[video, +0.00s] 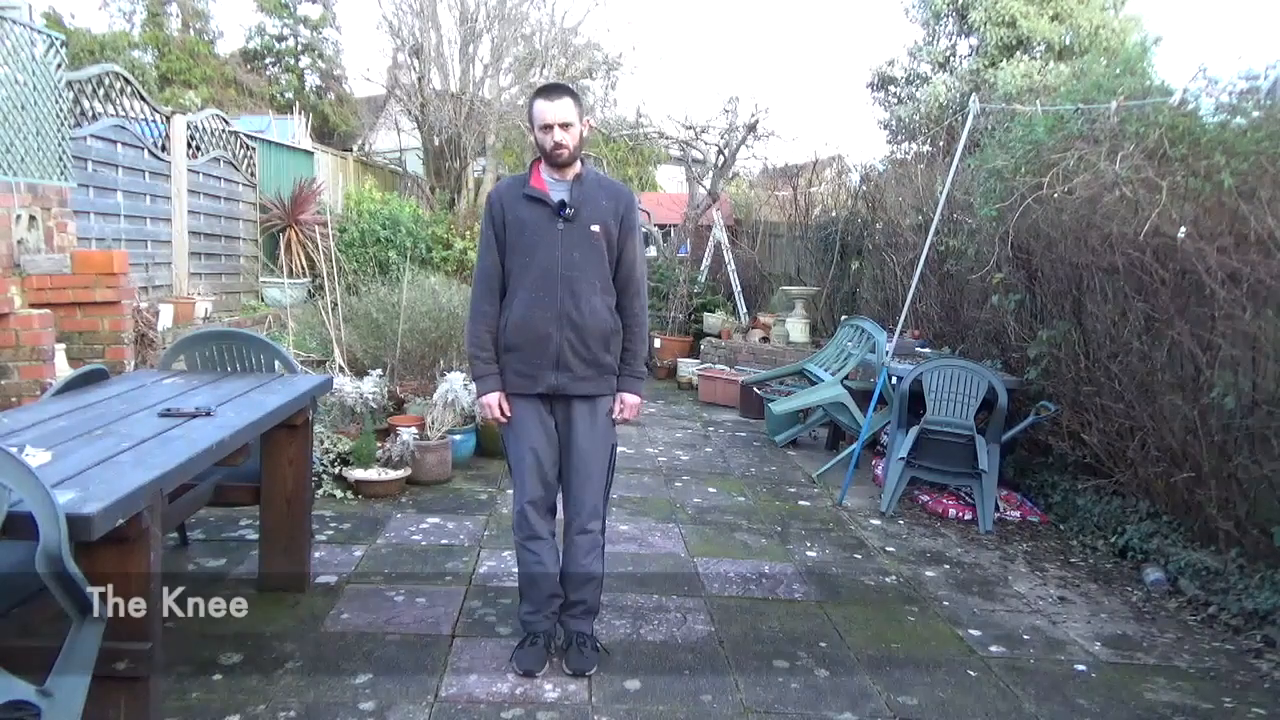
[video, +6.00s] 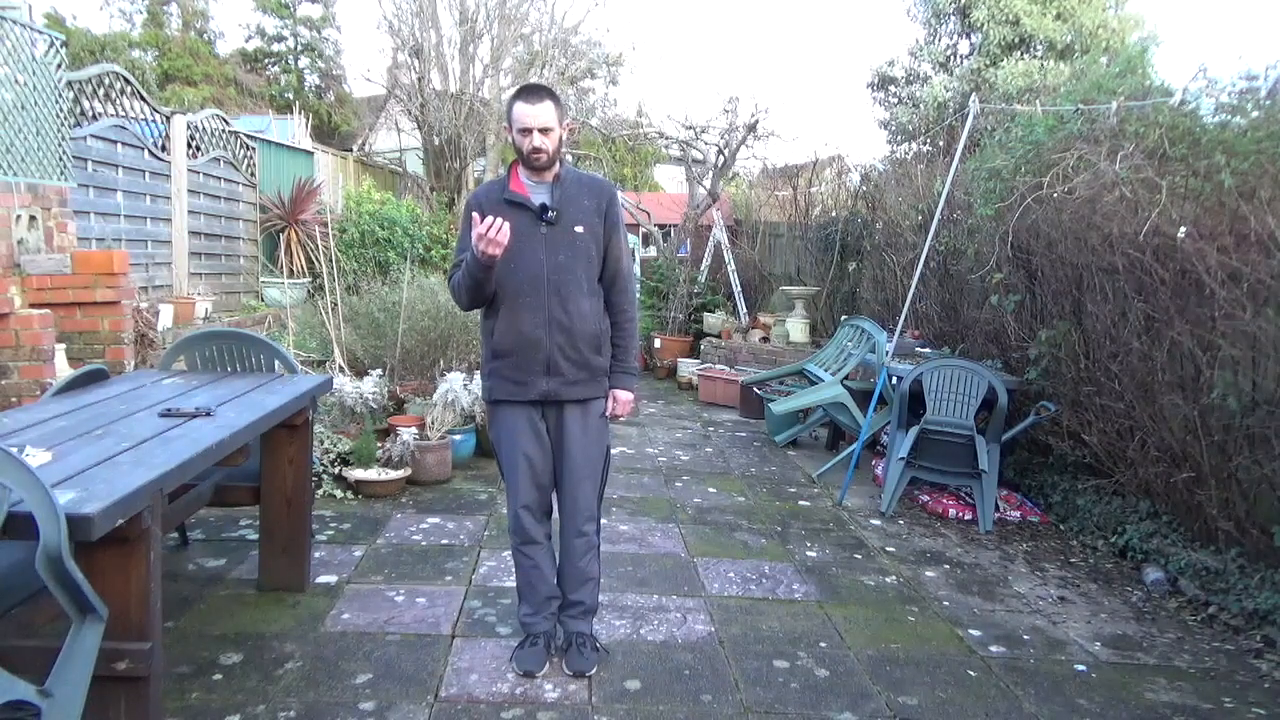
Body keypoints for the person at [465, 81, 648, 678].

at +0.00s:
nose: (556, 136)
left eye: (565, 125)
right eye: (545, 128)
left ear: (583, 127)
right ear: (532, 133)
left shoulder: (617, 199)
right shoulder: (504, 198)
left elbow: (633, 296)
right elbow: (485, 294)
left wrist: (633, 379)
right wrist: (485, 377)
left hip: (594, 378)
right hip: (522, 378)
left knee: (586, 509)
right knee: (532, 506)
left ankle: (581, 627)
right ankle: (535, 625)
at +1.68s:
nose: (544, 137)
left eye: (554, 126)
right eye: (533, 127)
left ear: (572, 126)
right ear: (520, 129)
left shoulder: (606, 194)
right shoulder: (494, 199)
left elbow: (627, 290)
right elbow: (461, 283)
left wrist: (628, 375)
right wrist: (491, 300)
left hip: (589, 378)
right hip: (517, 380)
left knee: (584, 510)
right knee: (528, 506)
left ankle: (579, 631)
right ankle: (535, 631)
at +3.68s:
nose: (554, 138)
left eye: (564, 128)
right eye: (544, 127)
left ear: (579, 133)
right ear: (526, 130)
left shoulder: (607, 198)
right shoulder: (493, 199)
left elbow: (626, 293)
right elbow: (467, 292)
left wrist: (628, 377)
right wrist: (492, 266)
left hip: (591, 379)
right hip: (517, 380)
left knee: (583, 512)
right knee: (529, 511)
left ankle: (580, 626)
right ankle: (536, 628)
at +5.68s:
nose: (535, 141)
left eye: (544, 130)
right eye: (524, 132)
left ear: (564, 130)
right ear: (511, 134)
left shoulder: (599, 195)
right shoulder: (487, 198)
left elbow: (622, 291)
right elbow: (465, 295)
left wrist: (625, 375)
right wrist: (484, 259)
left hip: (586, 378)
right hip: (513, 380)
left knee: (582, 512)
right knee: (526, 512)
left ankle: (580, 626)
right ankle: (535, 627)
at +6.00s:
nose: (535, 141)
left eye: (544, 130)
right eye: (524, 132)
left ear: (563, 130)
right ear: (510, 135)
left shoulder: (599, 195)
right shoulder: (486, 200)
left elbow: (621, 291)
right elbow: (465, 296)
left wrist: (624, 375)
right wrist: (483, 260)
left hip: (586, 378)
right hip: (512, 381)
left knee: (582, 513)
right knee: (526, 513)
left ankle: (580, 625)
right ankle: (535, 627)